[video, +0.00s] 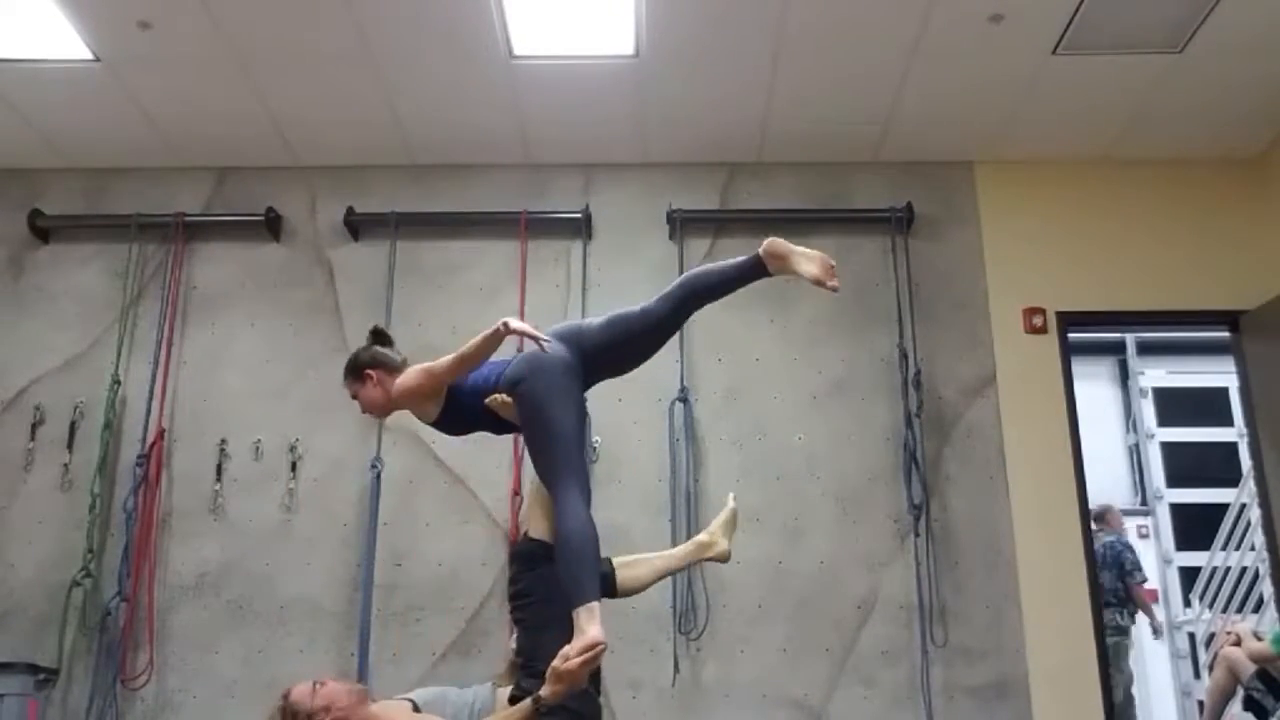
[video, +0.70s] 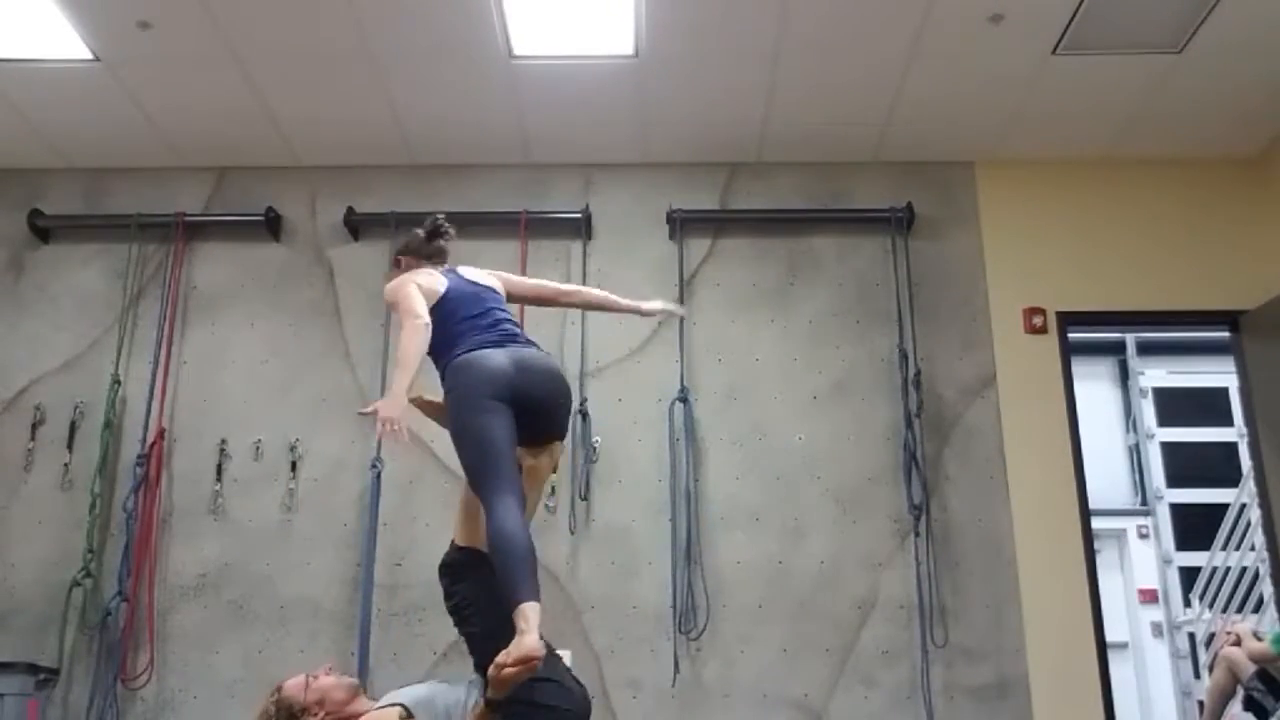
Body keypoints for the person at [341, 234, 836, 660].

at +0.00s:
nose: (362, 407)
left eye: (358, 397)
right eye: (358, 400)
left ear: (374, 378)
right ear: (378, 378)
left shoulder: (410, 387)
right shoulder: (430, 390)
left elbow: (455, 365)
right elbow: (482, 386)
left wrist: (497, 332)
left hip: (538, 380)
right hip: (559, 350)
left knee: (568, 500)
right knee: (663, 312)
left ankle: (587, 627)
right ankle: (768, 257)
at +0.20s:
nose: (367, 406)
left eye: (365, 396)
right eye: (364, 400)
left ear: (381, 381)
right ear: (388, 379)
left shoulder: (407, 396)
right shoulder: (431, 391)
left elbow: (445, 372)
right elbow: (486, 391)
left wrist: (487, 337)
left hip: (530, 380)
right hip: (554, 349)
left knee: (564, 495)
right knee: (656, 305)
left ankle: (583, 623)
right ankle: (748, 247)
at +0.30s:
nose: (368, 411)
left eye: (364, 401)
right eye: (363, 404)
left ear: (373, 383)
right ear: (385, 367)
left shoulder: (395, 393)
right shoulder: (441, 358)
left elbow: (431, 379)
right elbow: (512, 334)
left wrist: (467, 393)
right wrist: (582, 304)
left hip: (511, 374)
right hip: (545, 344)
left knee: (549, 495)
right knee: (657, 344)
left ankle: (574, 624)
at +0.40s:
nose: (363, 399)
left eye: (355, 391)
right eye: (358, 393)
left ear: (361, 371)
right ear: (378, 351)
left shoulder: (386, 379)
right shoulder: (432, 340)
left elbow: (406, 404)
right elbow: (503, 310)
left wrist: (412, 427)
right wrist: (570, 269)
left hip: (500, 369)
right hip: (542, 338)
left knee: (537, 490)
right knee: (652, 389)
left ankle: (561, 618)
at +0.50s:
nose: (345, 349)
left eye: (338, 340)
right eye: (340, 342)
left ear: (345, 322)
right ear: (372, 305)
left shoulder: (366, 342)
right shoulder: (422, 302)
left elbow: (392, 370)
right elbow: (500, 289)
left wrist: (407, 408)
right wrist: (569, 272)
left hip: (489, 365)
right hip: (539, 339)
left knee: (527, 492)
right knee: (619, 464)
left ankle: (553, 621)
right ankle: (701, 566)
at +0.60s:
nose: (347, 308)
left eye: (344, 299)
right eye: (345, 300)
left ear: (352, 288)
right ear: (385, 278)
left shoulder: (368, 312)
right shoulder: (438, 287)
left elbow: (402, 344)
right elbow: (511, 290)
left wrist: (422, 394)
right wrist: (591, 287)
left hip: (481, 366)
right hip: (543, 354)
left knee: (516, 493)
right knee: (566, 480)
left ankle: (548, 625)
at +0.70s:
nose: (393, 278)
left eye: (393, 271)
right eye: (393, 272)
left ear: (404, 265)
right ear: (441, 260)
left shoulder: (404, 284)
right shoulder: (483, 276)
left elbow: (417, 322)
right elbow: (564, 293)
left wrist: (395, 396)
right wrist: (637, 306)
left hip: (479, 375)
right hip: (543, 374)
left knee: (502, 501)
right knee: (537, 455)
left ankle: (528, 632)